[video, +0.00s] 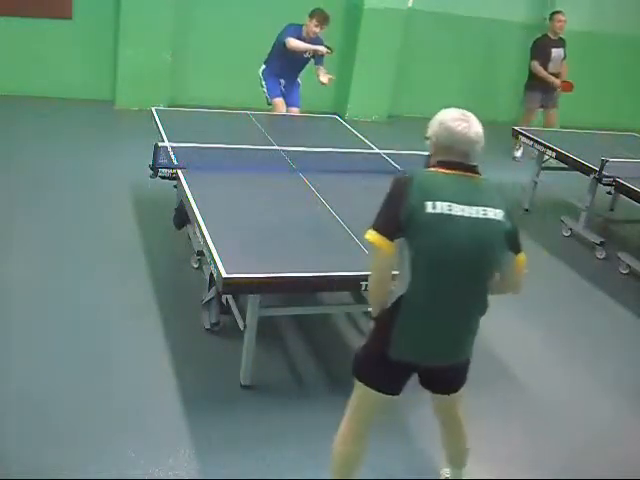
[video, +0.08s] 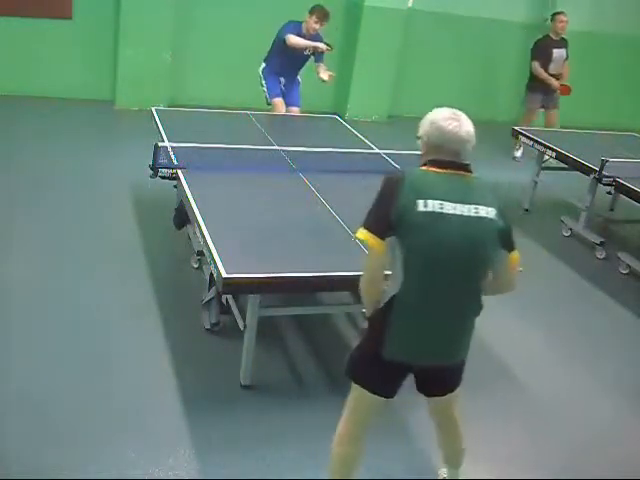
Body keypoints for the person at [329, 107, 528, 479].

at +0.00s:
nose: (426, 144)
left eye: (428, 139)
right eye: (427, 139)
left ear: (433, 146)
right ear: (477, 151)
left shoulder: (410, 186)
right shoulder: (495, 199)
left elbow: (381, 259)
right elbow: (512, 280)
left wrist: (380, 311)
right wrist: (472, 284)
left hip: (405, 330)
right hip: (456, 336)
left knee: (358, 417)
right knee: (450, 411)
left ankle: (341, 474)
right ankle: (456, 472)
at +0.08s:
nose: (417, 145)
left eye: (418, 140)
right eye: (419, 139)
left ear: (425, 146)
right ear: (469, 151)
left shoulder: (401, 185)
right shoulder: (487, 199)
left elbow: (373, 265)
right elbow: (506, 279)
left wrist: (374, 311)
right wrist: (464, 284)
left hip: (398, 329)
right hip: (451, 335)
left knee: (354, 420)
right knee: (446, 413)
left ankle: (338, 474)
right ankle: (453, 472)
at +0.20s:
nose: (409, 142)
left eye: (411, 138)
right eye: (413, 137)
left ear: (416, 146)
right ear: (463, 149)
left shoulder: (393, 184)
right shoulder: (483, 192)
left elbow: (368, 267)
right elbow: (503, 276)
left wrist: (369, 312)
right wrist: (463, 286)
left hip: (395, 331)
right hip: (448, 335)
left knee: (352, 425)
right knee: (438, 418)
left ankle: (337, 475)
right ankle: (441, 474)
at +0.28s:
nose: (410, 143)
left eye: (412, 139)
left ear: (417, 147)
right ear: (464, 149)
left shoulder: (396, 184)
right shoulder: (483, 193)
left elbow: (368, 268)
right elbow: (502, 275)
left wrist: (370, 315)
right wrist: (460, 282)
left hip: (395, 332)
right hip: (448, 336)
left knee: (351, 425)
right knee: (439, 420)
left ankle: (337, 475)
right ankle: (441, 474)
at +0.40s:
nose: (417, 143)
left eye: (419, 138)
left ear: (424, 146)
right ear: (472, 149)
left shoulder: (401, 184)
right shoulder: (491, 193)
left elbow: (372, 269)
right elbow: (503, 272)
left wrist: (369, 314)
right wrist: (465, 278)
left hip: (395, 332)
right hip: (447, 335)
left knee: (352, 423)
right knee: (441, 415)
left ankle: (337, 475)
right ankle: (443, 474)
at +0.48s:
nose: (422, 140)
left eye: (424, 136)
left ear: (428, 143)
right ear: (475, 149)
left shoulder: (404, 186)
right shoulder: (494, 192)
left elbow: (374, 267)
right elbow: (506, 271)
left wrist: (366, 310)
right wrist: (464, 275)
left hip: (394, 331)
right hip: (447, 334)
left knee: (353, 423)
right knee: (441, 415)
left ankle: (338, 475)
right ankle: (442, 474)